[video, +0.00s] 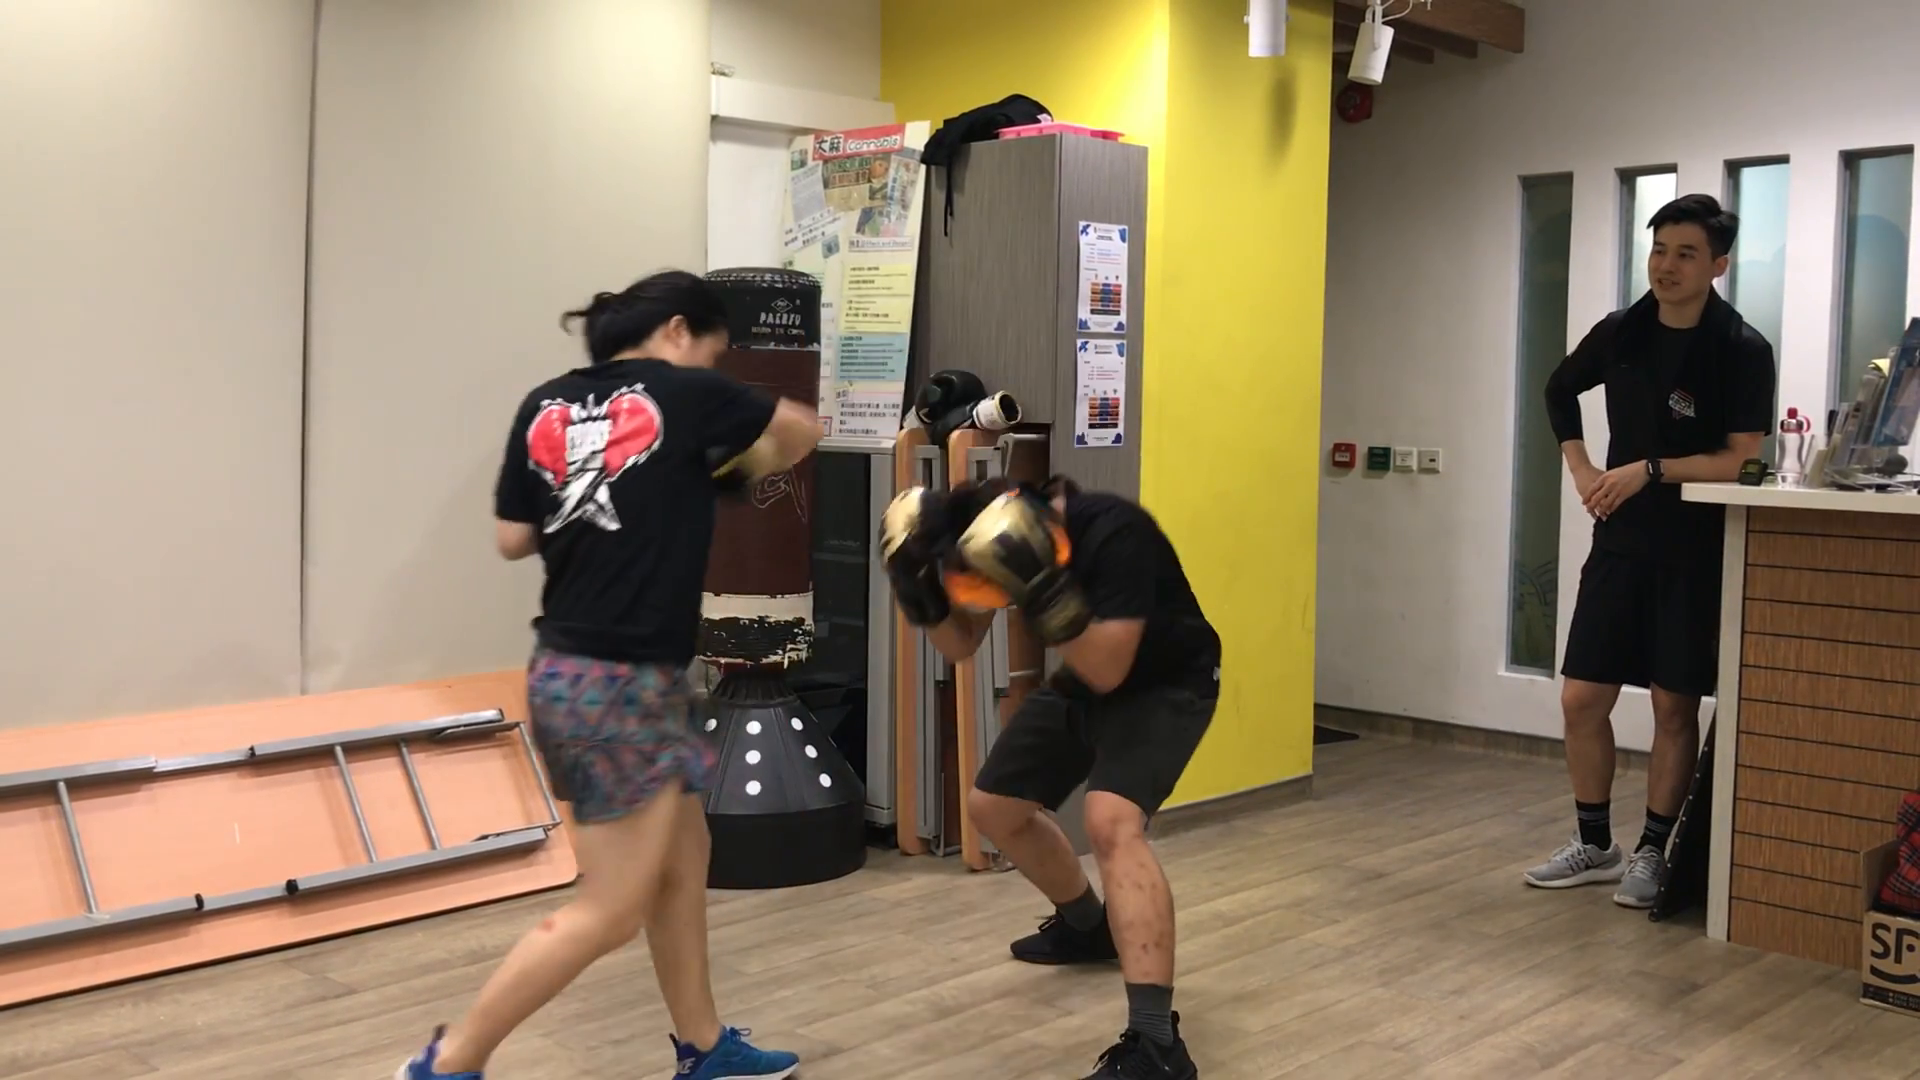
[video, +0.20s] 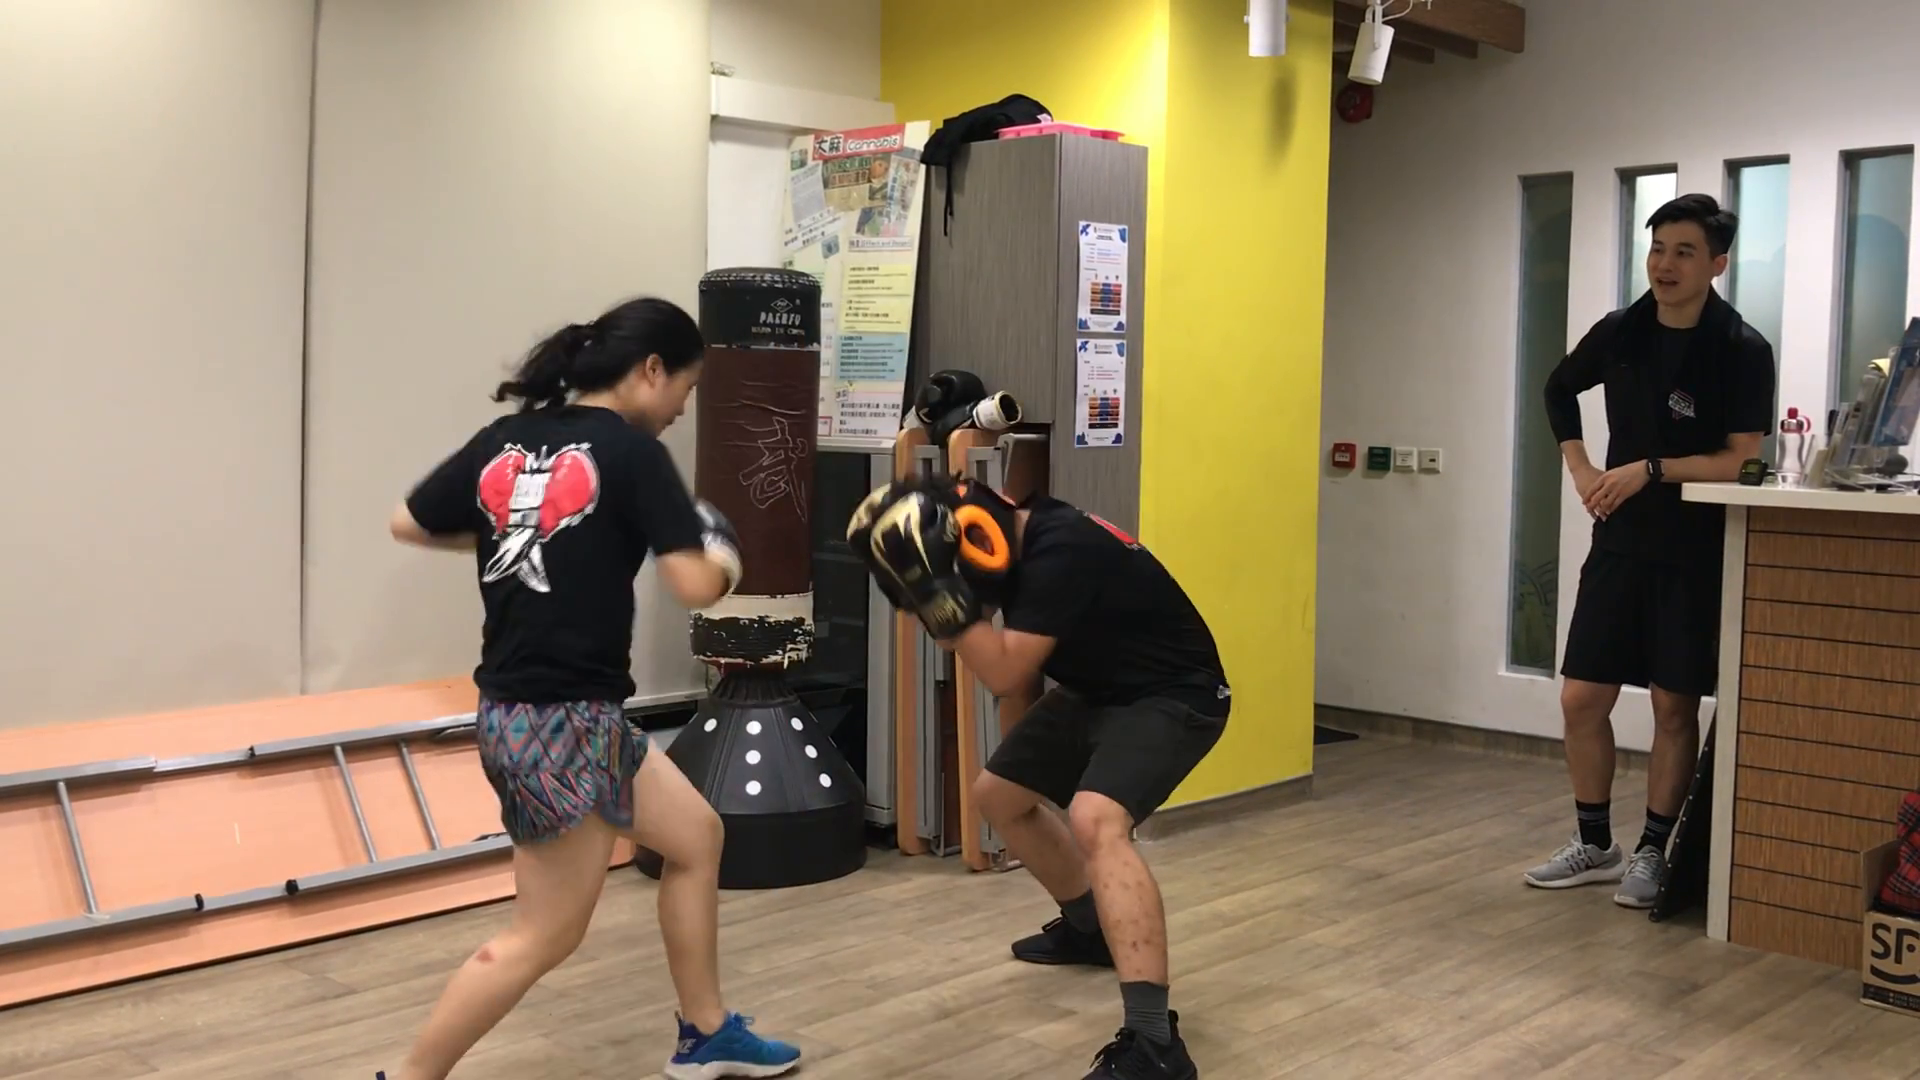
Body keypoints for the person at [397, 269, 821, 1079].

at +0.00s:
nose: (712, 367)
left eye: (716, 357)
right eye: (711, 353)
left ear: (622, 338)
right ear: (675, 333)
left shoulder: (547, 402)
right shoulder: (685, 392)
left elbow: (512, 537)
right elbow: (801, 428)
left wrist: (603, 489)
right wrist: (741, 471)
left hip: (568, 670)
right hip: (623, 681)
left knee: (684, 853)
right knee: (612, 904)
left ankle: (702, 1046)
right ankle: (448, 1062)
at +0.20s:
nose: (682, 407)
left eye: (687, 389)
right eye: (684, 386)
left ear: (614, 368)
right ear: (647, 370)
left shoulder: (506, 436)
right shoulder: (629, 449)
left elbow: (411, 522)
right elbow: (693, 585)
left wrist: (510, 534)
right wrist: (723, 553)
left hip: (519, 709)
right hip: (565, 720)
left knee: (695, 834)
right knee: (546, 932)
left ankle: (707, 1029)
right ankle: (411, 1074)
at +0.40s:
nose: (734, 370)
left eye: (736, 353)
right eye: (732, 351)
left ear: (684, 340)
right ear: (696, 342)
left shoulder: (637, 416)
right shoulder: (609, 422)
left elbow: (550, 403)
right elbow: (507, 502)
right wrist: (614, 541)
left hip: (623, 678)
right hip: (560, 677)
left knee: (701, 820)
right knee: (519, 883)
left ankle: (719, 980)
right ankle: (415, 1068)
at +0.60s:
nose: (800, 384)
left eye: (804, 369)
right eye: (794, 365)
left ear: (749, 360)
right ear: (743, 355)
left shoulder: (750, 438)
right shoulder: (656, 433)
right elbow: (527, 477)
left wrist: (861, 473)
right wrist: (548, 515)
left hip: (646, 673)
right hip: (583, 660)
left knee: (705, 823)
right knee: (546, 858)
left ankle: (705, 981)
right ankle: (443, 1054)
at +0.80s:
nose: (804, 413)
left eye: (811, 399)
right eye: (801, 393)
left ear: (750, 376)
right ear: (754, 370)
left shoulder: (692, 422)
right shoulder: (721, 427)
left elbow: (670, 530)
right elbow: (780, 497)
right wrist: (880, 504)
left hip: (647, 657)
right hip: (588, 648)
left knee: (689, 811)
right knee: (536, 834)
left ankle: (704, 978)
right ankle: (407, 985)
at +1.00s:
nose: (750, 395)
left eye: (757, 382)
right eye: (744, 376)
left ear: (703, 361)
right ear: (697, 351)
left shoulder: (667, 405)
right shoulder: (659, 407)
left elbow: (689, 490)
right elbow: (736, 507)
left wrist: (746, 456)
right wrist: (790, 469)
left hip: (638, 641)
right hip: (567, 640)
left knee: (673, 810)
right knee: (559, 834)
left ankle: (700, 977)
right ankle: (496, 961)